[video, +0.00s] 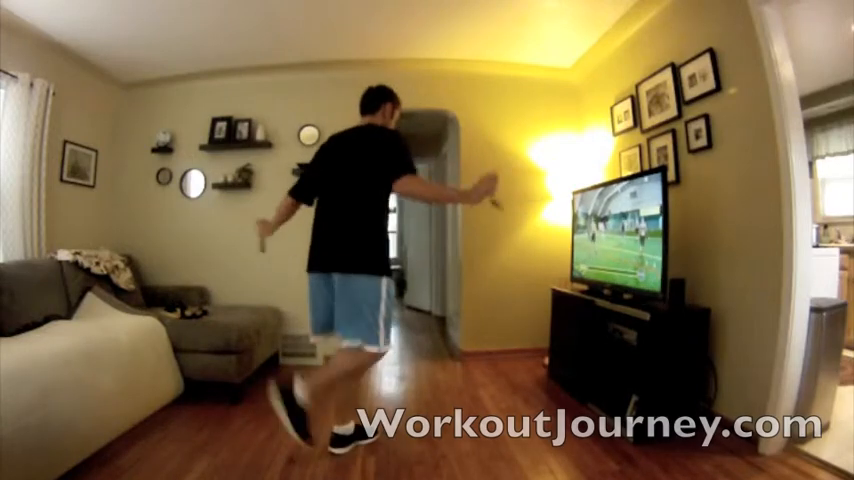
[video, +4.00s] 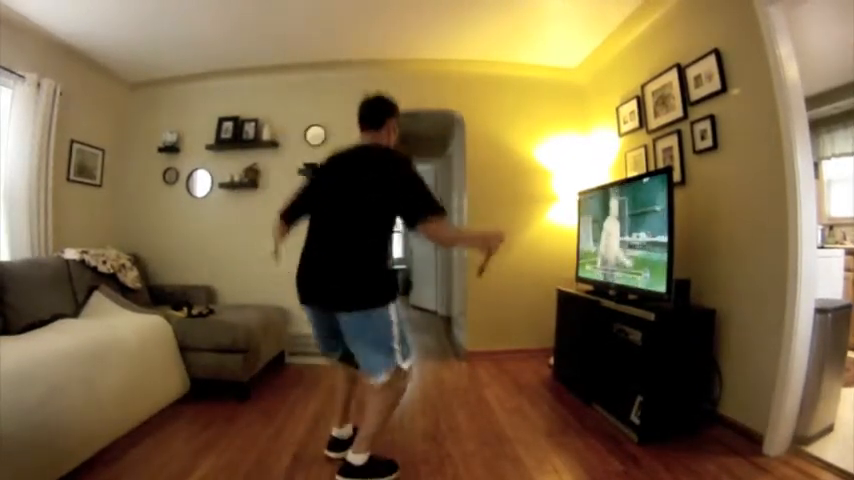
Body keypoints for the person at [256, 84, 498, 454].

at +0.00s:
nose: (395, 121)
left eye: (395, 115)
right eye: (396, 115)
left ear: (362, 111)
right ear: (389, 110)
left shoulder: (333, 143)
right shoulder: (387, 141)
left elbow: (299, 194)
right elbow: (405, 184)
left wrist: (272, 224)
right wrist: (467, 195)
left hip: (324, 255)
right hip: (363, 257)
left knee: (350, 344)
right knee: (372, 346)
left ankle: (345, 428)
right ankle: (301, 392)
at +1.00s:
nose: (406, 110)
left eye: (405, 104)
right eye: (406, 103)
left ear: (372, 99)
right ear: (396, 100)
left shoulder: (341, 128)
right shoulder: (400, 135)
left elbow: (301, 176)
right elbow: (411, 189)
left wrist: (269, 198)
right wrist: (470, 197)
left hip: (315, 240)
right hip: (361, 247)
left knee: (313, 327)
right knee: (361, 336)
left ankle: (262, 382)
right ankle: (344, 426)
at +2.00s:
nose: (387, 114)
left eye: (387, 108)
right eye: (387, 107)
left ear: (352, 106)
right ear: (376, 105)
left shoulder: (325, 140)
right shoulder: (386, 142)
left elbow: (289, 191)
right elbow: (421, 192)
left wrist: (270, 216)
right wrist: (475, 197)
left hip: (313, 252)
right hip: (359, 254)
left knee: (303, 348)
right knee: (360, 347)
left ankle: (278, 435)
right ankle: (344, 431)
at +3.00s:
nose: (378, 58)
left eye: (376, 52)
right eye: (378, 52)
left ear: (339, 49)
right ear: (371, 47)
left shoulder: (307, 83)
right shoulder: (372, 79)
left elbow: (273, 143)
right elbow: (389, 142)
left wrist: (252, 190)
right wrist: (447, 177)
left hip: (298, 207)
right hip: (341, 208)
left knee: (330, 310)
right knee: (330, 315)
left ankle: (332, 399)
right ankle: (308, 424)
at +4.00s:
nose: (398, 133)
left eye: (394, 126)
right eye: (397, 126)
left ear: (360, 127)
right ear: (391, 127)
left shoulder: (334, 164)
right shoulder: (395, 168)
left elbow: (288, 215)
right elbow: (436, 230)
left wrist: (281, 231)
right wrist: (483, 239)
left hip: (315, 283)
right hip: (363, 288)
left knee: (345, 360)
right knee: (389, 375)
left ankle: (342, 432)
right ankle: (359, 458)